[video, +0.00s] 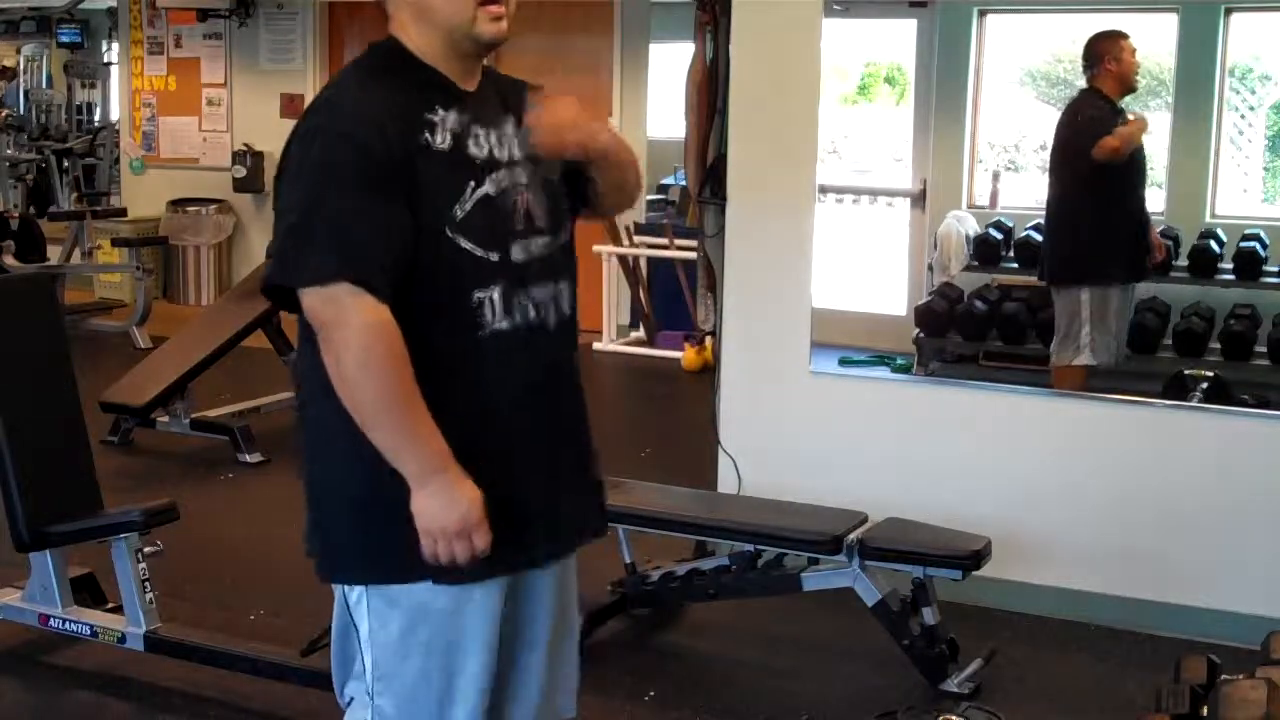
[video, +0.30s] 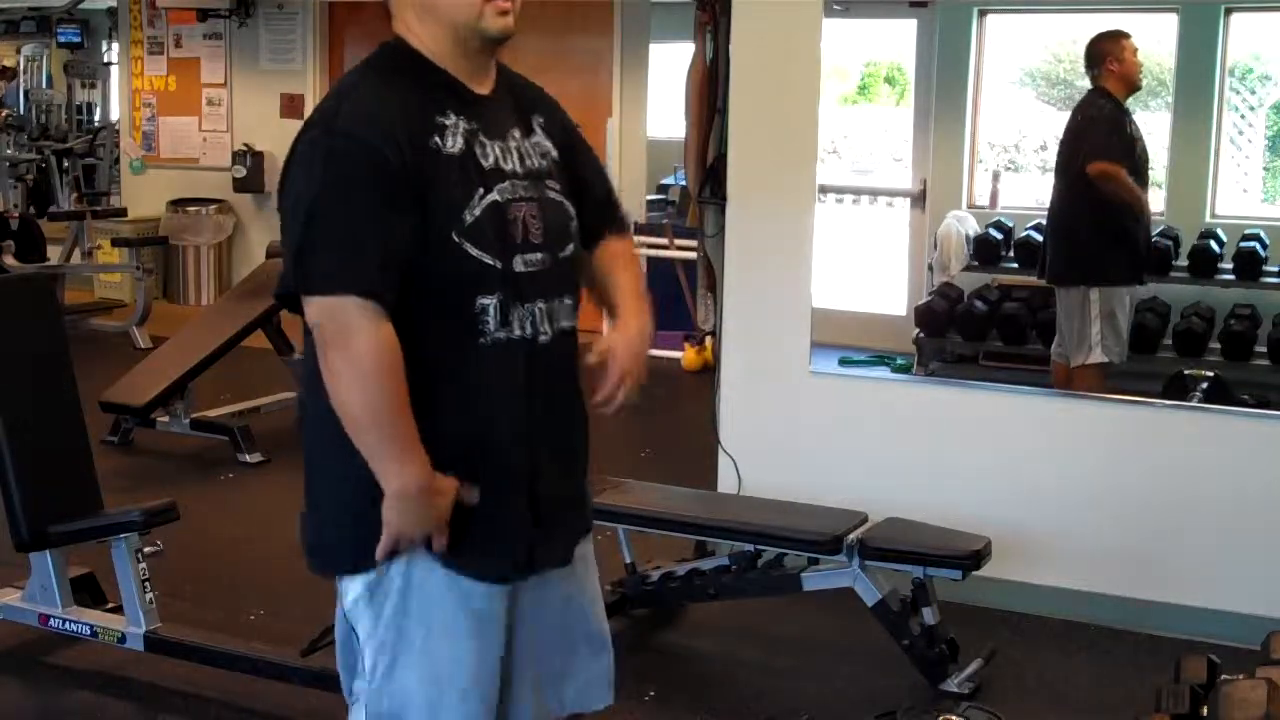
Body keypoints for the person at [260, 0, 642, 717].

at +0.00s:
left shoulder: (525, 107)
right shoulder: (350, 120)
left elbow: (612, 197)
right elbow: (340, 308)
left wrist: (601, 148)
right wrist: (431, 474)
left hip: (537, 496)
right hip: (411, 521)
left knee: (537, 708)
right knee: (419, 710)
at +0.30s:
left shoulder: (534, 110)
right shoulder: (357, 123)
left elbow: (605, 230)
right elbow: (341, 312)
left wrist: (630, 319)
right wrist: (405, 478)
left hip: (547, 499)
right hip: (426, 518)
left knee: (555, 704)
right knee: (426, 709)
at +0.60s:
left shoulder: (593, 117)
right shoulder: (417, 112)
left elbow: (614, 270)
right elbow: (374, 292)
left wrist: (673, 339)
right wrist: (477, 453)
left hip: (596, 498)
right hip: (467, 514)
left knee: (579, 708)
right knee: (441, 709)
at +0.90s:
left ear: (633, 3)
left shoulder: (664, 126)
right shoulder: (474, 126)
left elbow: (699, 289)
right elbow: (449, 310)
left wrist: (726, 413)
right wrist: (504, 477)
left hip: (667, 500)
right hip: (538, 514)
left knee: (654, 710)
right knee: (510, 710)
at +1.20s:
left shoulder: (668, 124)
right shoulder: (485, 128)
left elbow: (700, 294)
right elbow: (454, 321)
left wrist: (727, 410)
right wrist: (469, 503)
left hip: (676, 512)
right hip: (544, 528)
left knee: (671, 708)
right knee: (543, 709)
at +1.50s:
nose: (632, 15)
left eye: (637, 1)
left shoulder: (623, 123)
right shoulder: (456, 123)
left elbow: (648, 310)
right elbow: (434, 329)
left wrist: (686, 436)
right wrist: (484, 519)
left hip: (645, 535)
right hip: (523, 554)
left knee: (660, 711)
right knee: (508, 713)